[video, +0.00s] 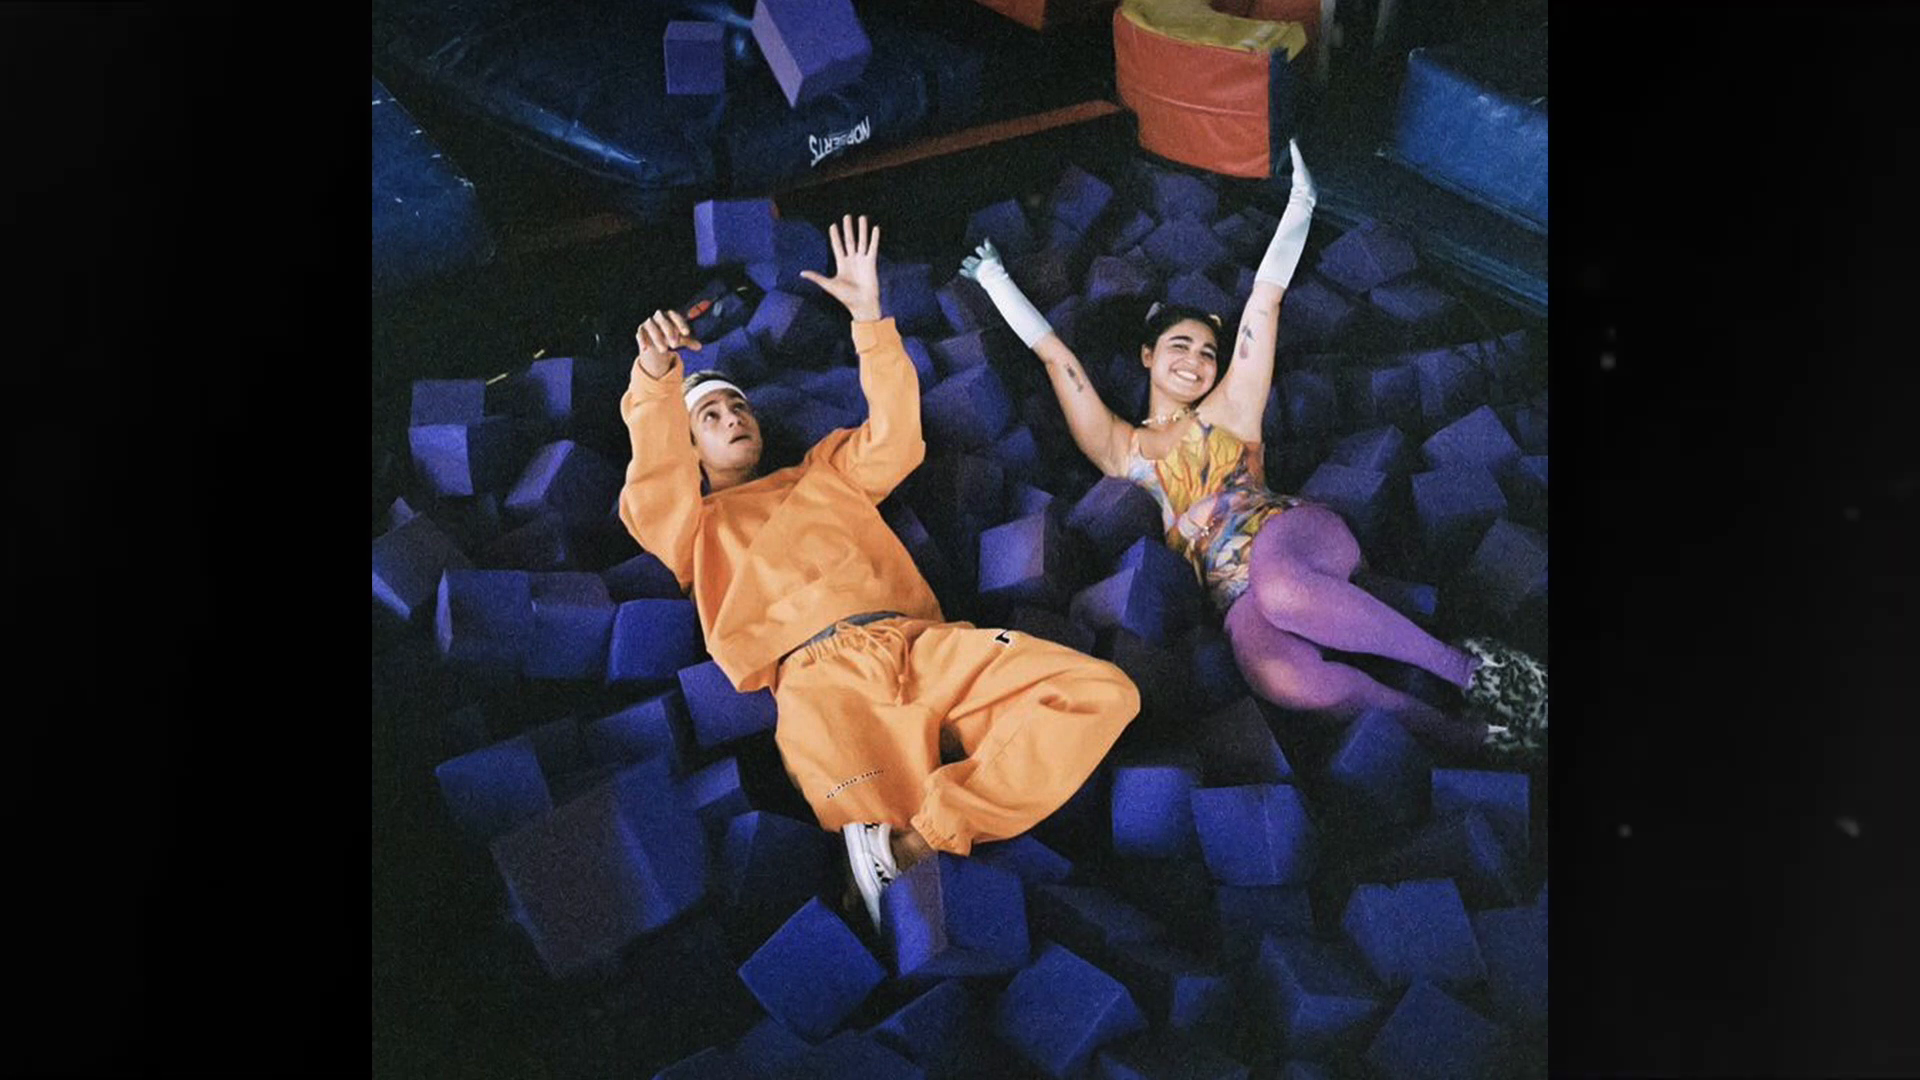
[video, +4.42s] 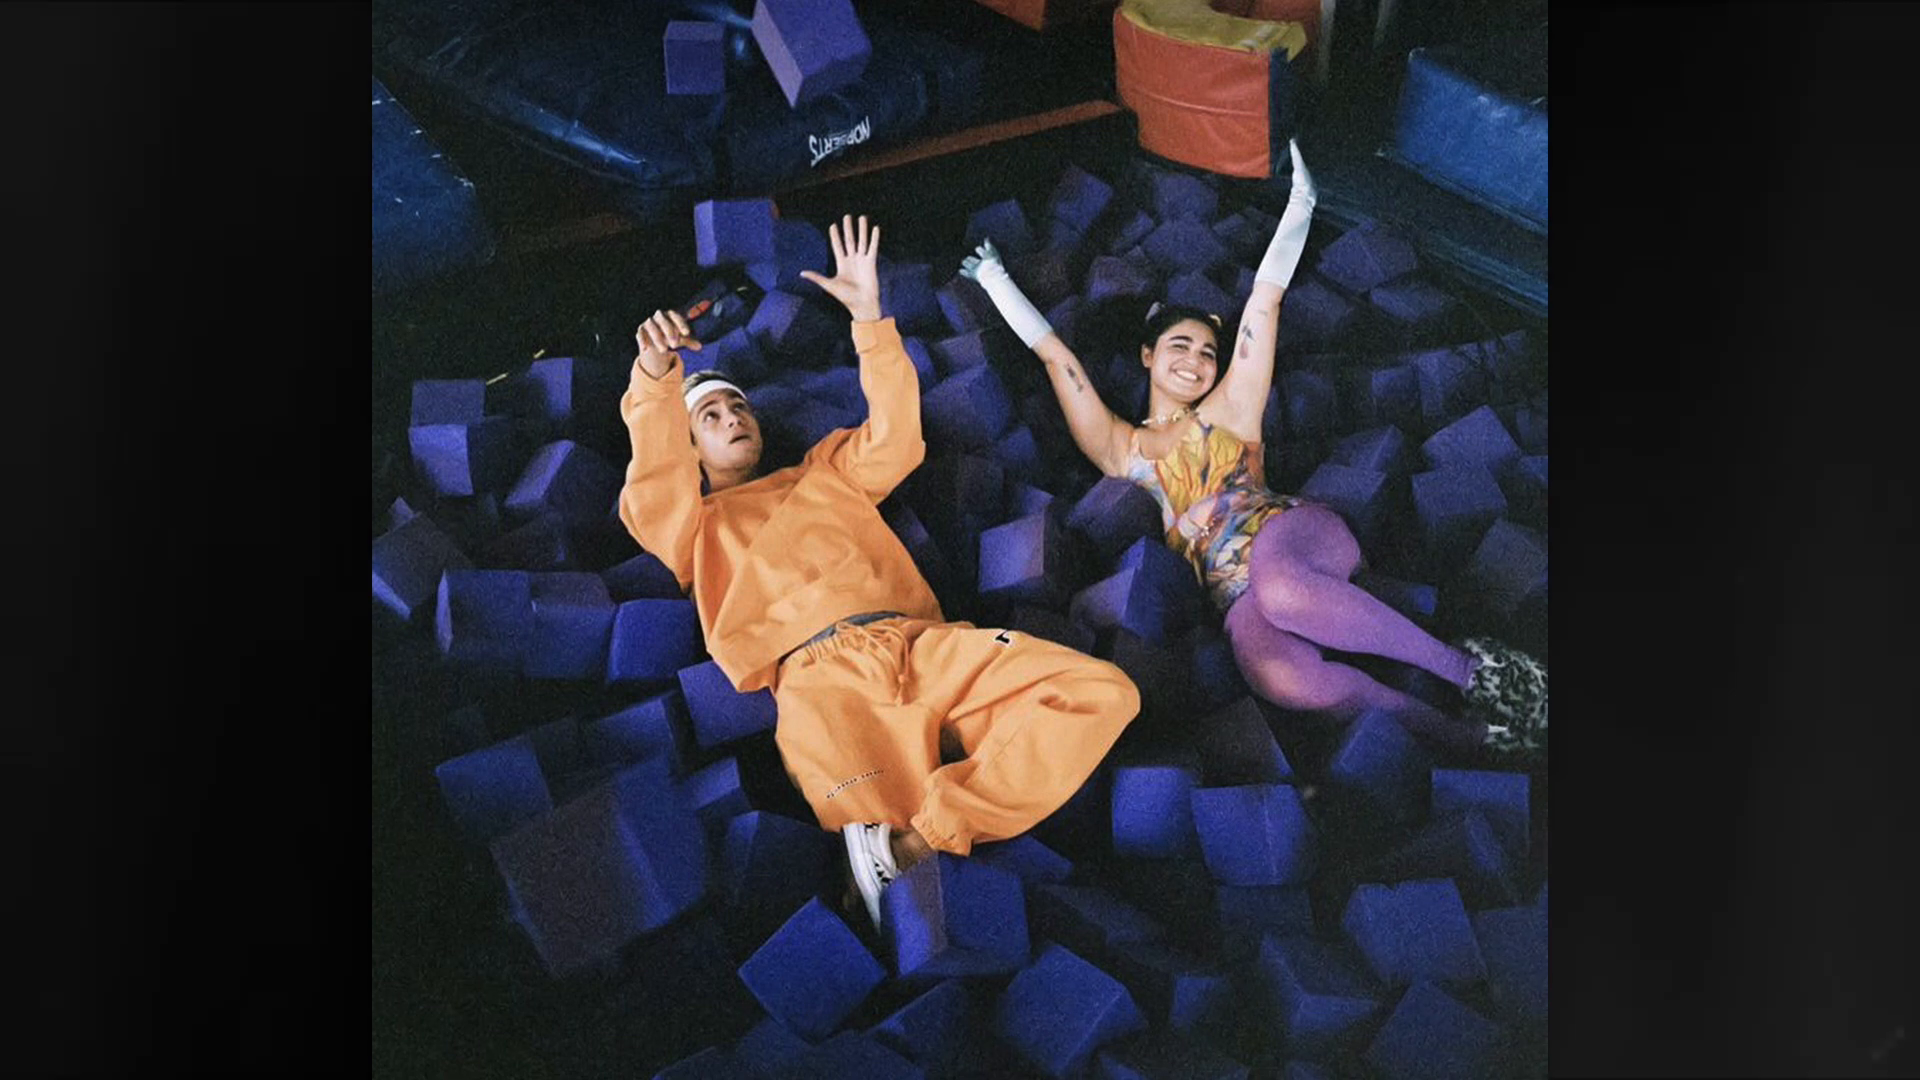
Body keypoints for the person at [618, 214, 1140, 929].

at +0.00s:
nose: (731, 418)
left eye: (738, 407)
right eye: (709, 415)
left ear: (760, 425)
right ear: (688, 449)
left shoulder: (827, 468)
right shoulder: (696, 525)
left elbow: (895, 436)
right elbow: (655, 477)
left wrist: (868, 317)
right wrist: (655, 373)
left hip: (918, 641)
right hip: (820, 673)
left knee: (1094, 692)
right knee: (883, 832)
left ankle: (916, 841)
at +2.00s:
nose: (731, 418)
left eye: (738, 406)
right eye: (709, 415)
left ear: (759, 424)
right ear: (687, 448)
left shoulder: (827, 468)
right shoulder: (695, 524)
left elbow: (895, 436)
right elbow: (654, 476)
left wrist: (868, 317)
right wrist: (655, 372)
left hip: (918, 640)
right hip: (820, 672)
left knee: (1094, 692)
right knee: (880, 828)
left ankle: (918, 840)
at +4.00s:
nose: (731, 418)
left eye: (738, 407)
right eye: (709, 415)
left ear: (760, 425)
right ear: (688, 448)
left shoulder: (827, 468)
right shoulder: (695, 525)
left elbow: (895, 436)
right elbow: (655, 476)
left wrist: (868, 317)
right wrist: (655, 373)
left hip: (918, 640)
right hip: (820, 672)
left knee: (1094, 692)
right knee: (882, 829)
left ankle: (917, 841)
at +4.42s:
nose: (731, 418)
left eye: (738, 407)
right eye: (709, 415)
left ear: (760, 425)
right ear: (688, 448)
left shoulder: (827, 468)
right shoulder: (695, 525)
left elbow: (895, 436)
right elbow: (654, 476)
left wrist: (868, 317)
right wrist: (655, 373)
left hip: (918, 640)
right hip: (820, 671)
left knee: (1094, 692)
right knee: (880, 827)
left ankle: (917, 841)